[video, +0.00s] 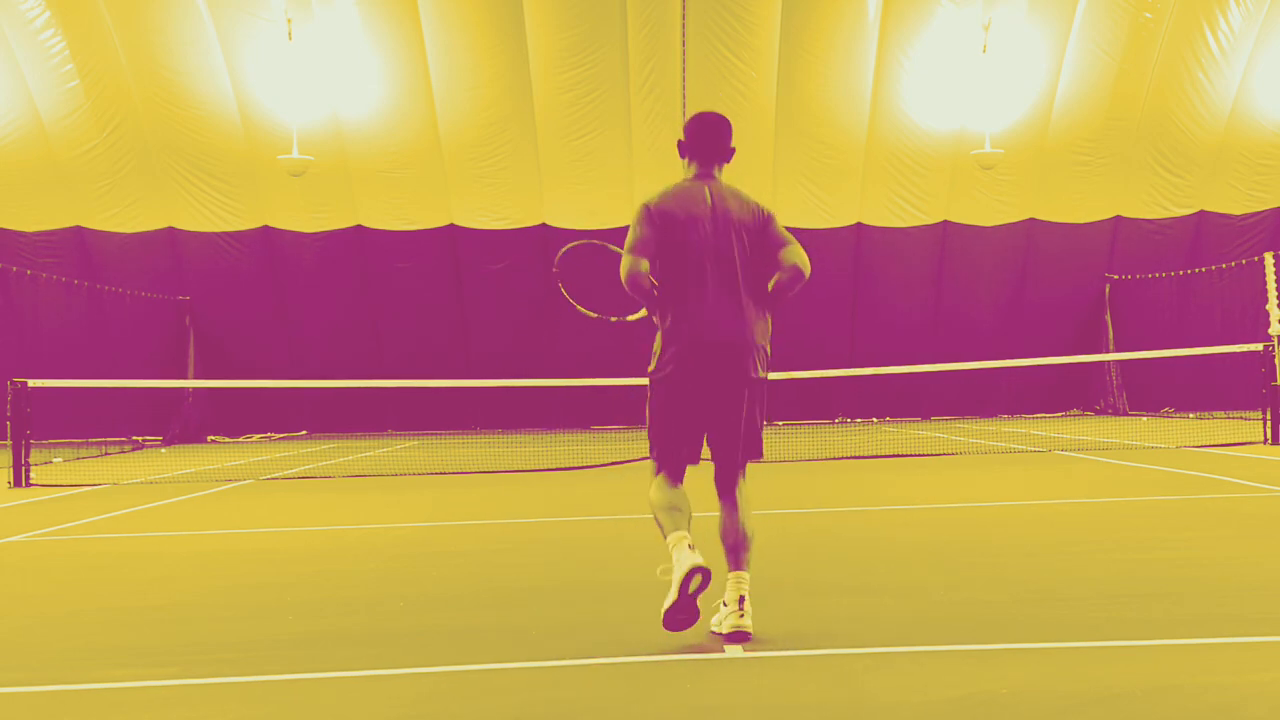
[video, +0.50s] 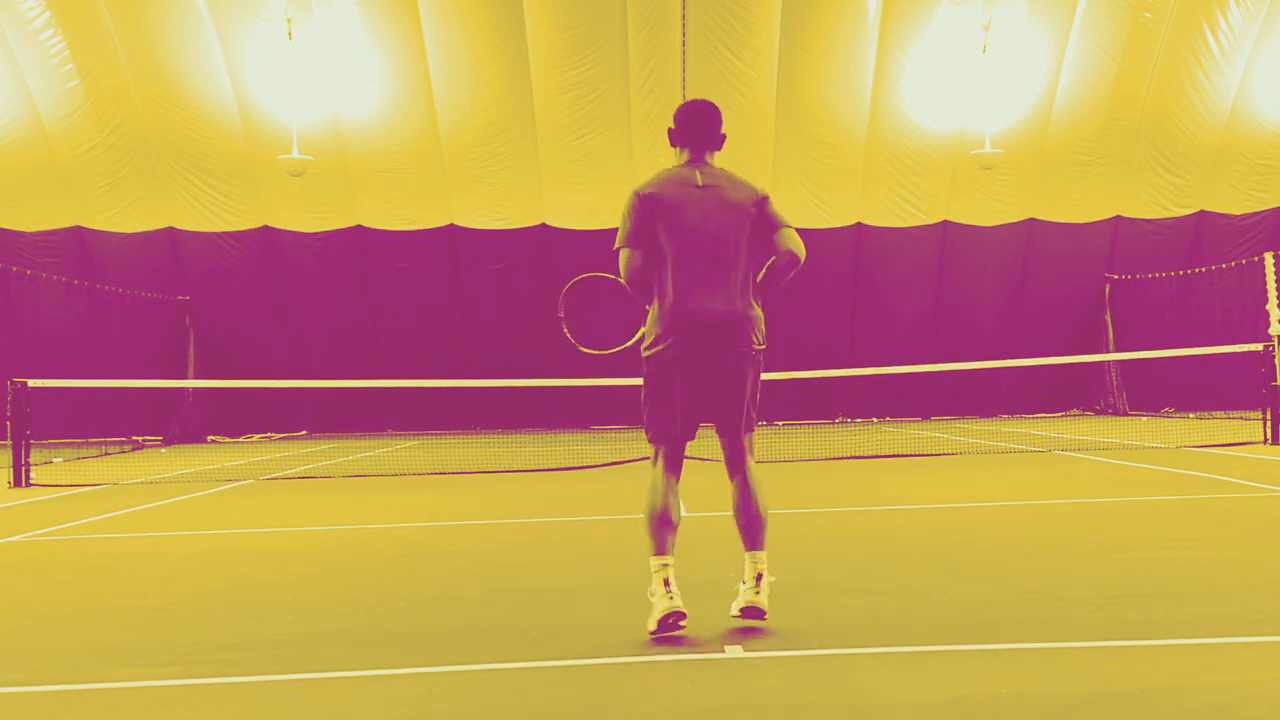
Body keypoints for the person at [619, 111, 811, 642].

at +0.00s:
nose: (691, 159)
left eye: (686, 150)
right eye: (717, 153)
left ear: (683, 152)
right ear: (730, 156)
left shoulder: (658, 207)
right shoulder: (754, 211)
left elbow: (633, 272)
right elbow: (797, 266)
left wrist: (659, 307)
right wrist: (761, 303)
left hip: (682, 357)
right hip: (740, 359)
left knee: (667, 473)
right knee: (731, 483)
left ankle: (684, 556)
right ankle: (737, 603)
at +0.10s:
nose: (684, 138)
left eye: (677, 128)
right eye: (710, 131)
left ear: (673, 132)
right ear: (722, 134)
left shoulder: (648, 185)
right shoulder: (748, 186)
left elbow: (627, 245)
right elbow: (787, 236)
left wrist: (652, 285)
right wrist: (746, 276)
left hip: (677, 338)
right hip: (740, 337)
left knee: (676, 461)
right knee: (740, 460)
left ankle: (681, 583)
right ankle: (743, 589)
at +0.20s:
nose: (678, 147)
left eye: (670, 137)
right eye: (699, 138)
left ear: (664, 141)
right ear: (713, 141)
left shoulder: (643, 195)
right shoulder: (744, 194)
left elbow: (620, 257)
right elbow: (783, 241)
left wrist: (650, 294)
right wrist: (744, 280)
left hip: (673, 347)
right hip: (737, 344)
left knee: (676, 472)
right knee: (741, 460)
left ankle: (679, 597)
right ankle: (759, 548)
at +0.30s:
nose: (675, 166)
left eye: (664, 156)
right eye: (694, 156)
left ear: (660, 159)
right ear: (708, 160)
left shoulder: (637, 216)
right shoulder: (738, 212)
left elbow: (621, 287)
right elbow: (784, 267)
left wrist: (653, 322)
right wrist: (749, 313)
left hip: (671, 363)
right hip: (733, 359)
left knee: (673, 486)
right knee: (748, 471)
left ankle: (680, 605)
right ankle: (768, 515)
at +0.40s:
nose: (678, 153)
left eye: (670, 143)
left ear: (665, 146)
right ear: (712, 147)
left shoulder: (642, 201)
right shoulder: (744, 200)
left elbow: (628, 276)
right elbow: (785, 255)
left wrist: (649, 308)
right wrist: (749, 301)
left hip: (672, 346)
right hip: (734, 344)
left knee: (672, 471)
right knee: (740, 462)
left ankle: (676, 599)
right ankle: (766, 543)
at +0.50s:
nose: (692, 149)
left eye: (681, 137)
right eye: (711, 140)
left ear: (673, 140)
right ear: (721, 142)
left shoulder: (647, 196)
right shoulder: (750, 195)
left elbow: (632, 275)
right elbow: (793, 252)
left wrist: (661, 295)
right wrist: (755, 291)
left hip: (673, 340)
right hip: (736, 338)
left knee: (666, 464)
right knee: (741, 461)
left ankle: (664, 590)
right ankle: (756, 583)